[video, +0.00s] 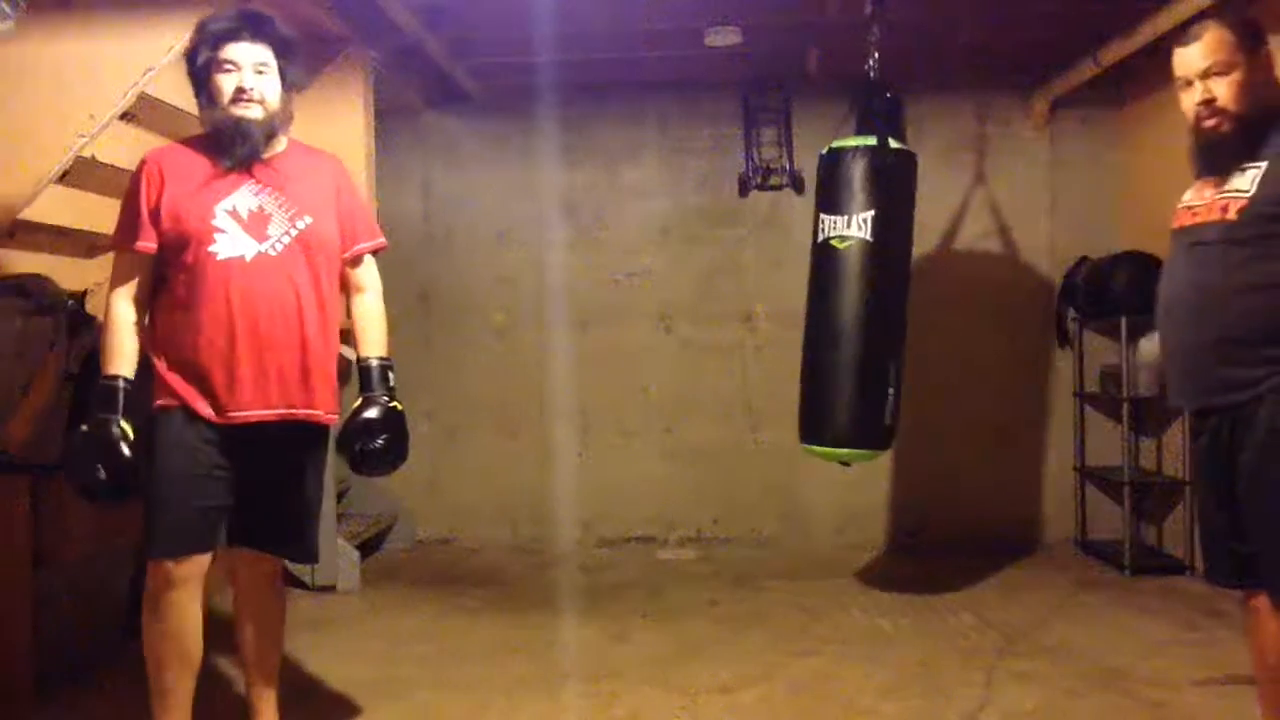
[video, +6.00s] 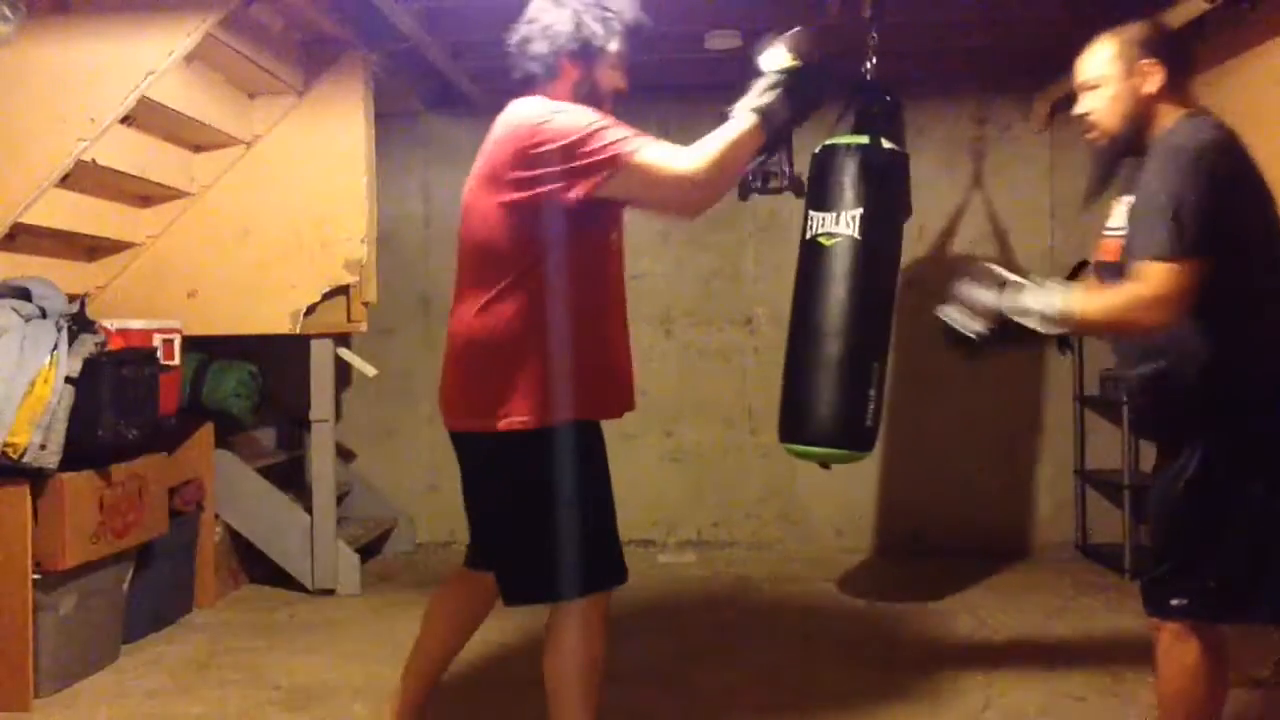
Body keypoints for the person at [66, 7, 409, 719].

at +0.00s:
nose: (245, 81)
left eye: (261, 70)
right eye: (226, 69)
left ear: (284, 89)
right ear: (203, 88)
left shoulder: (328, 175)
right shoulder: (166, 170)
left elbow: (363, 284)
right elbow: (127, 289)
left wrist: (377, 391)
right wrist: (108, 403)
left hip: (291, 410)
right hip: (188, 407)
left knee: (264, 564)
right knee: (176, 569)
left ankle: (265, 707)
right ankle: (171, 716)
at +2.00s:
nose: (387, 163)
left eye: (411, 145)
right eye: (365, 142)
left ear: (443, 158)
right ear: (333, 150)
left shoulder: (474, 244)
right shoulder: (272, 223)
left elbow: (522, 378)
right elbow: (228, 381)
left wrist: (480, 471)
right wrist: (344, 382)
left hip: (403, 466)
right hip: (260, 461)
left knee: (467, 616)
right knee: (183, 634)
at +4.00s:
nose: (267, 87)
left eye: (283, 68)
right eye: (243, 72)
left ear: (317, 82)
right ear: (214, 93)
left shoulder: (380, 179)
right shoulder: (179, 200)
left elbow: (439, 305)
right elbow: (136, 346)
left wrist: (416, 403)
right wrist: (182, 433)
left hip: (373, 470)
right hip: (224, 475)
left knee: (442, 643)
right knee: (154, 667)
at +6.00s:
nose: (623, 83)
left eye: (622, 67)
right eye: (615, 65)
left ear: (562, 66)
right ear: (571, 61)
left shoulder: (532, 127)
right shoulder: (545, 126)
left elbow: (684, 192)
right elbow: (691, 177)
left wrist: (765, 111)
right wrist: (770, 88)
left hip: (502, 399)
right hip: (540, 402)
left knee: (487, 566)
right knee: (584, 591)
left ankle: (404, 707)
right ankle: (573, 716)